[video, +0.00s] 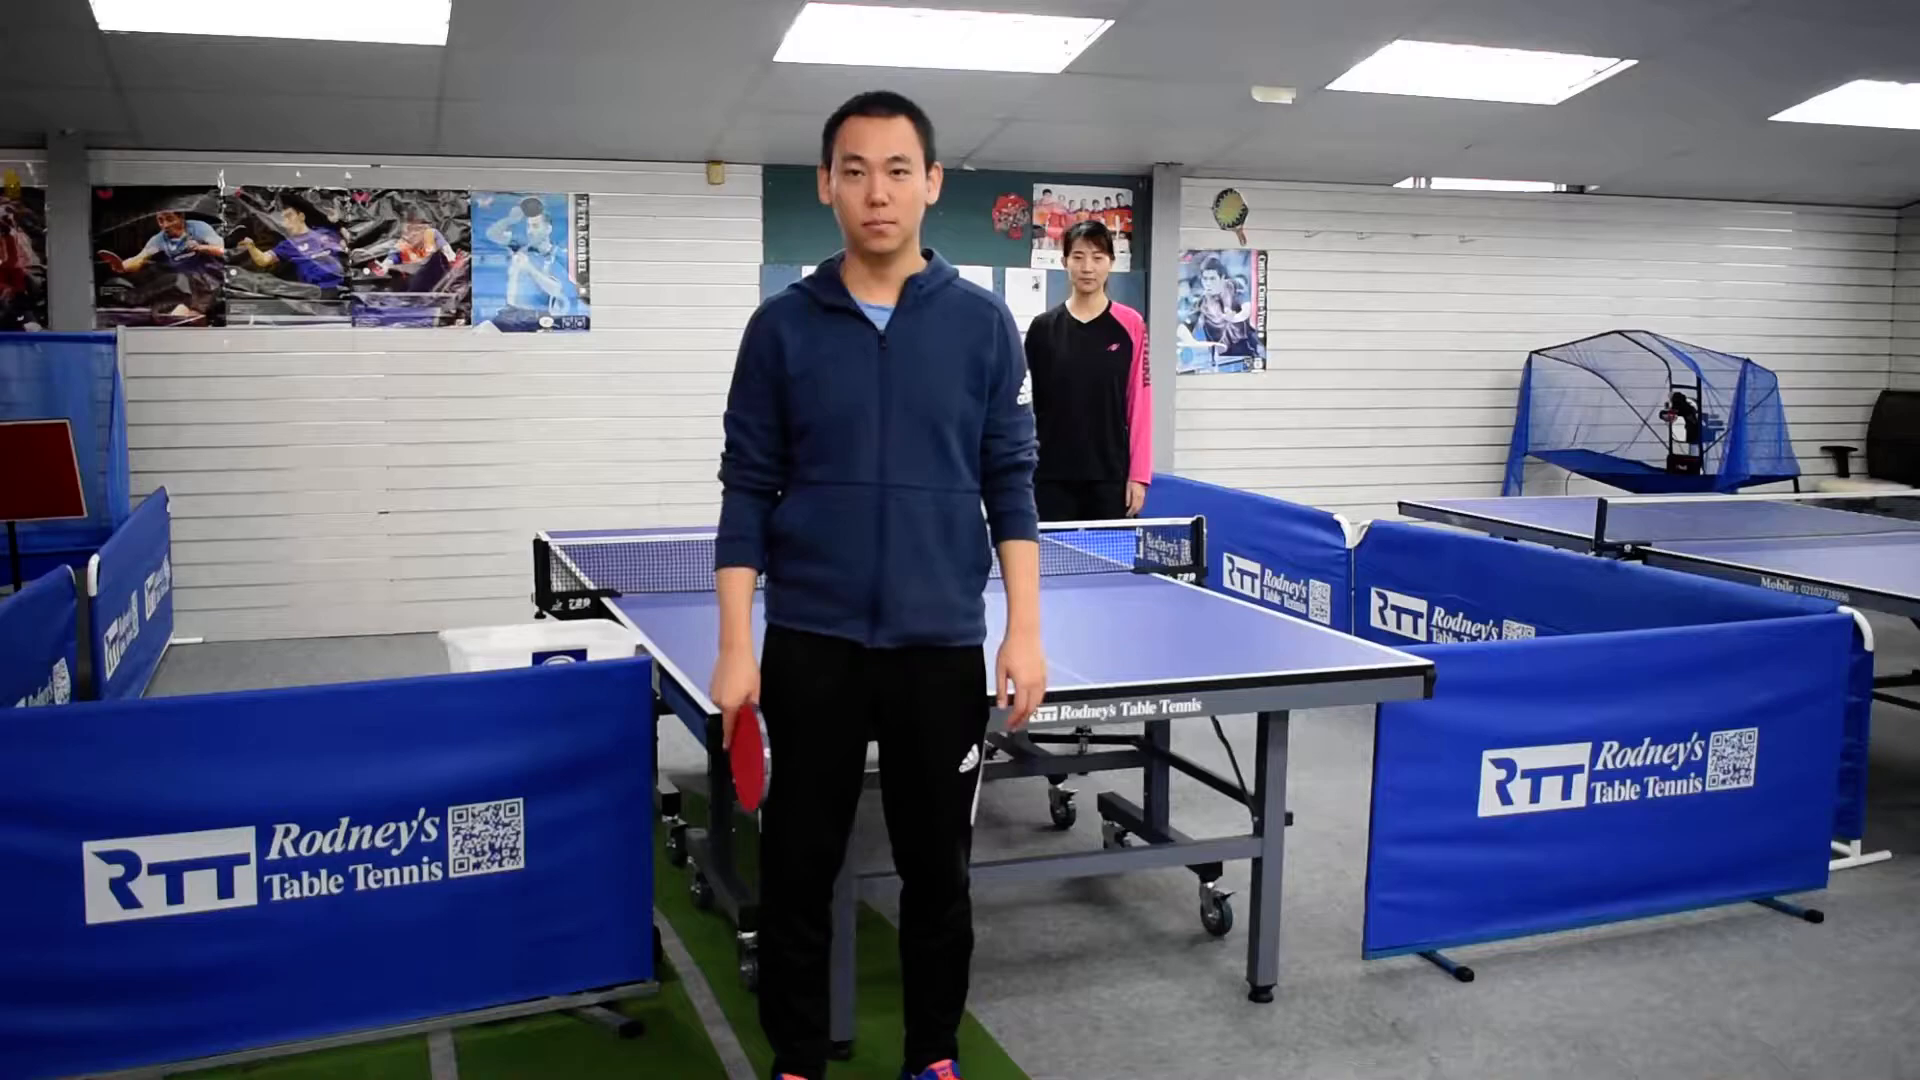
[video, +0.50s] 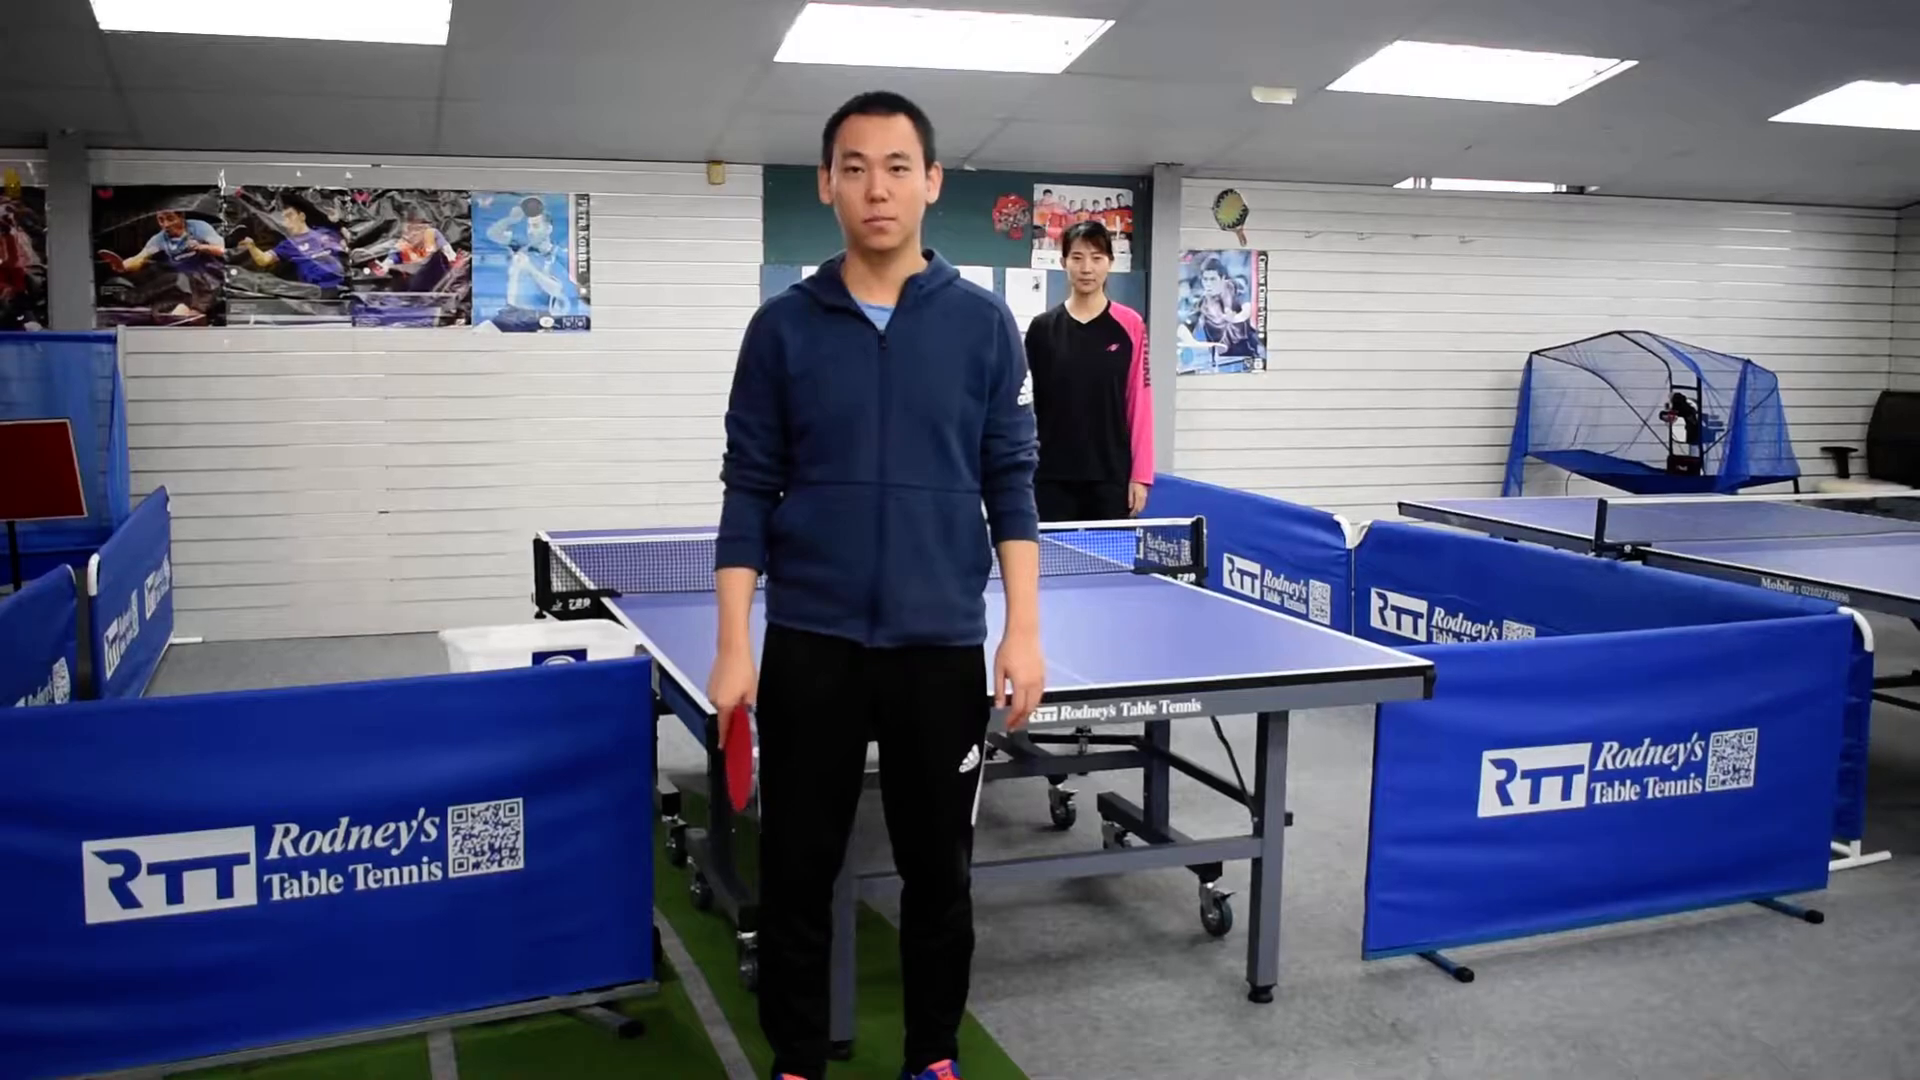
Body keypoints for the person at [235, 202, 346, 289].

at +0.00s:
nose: (285, 221)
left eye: (289, 216)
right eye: (283, 218)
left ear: (301, 216)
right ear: (282, 222)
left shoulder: (324, 233)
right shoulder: (288, 245)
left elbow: (348, 246)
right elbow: (263, 261)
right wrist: (250, 246)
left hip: (344, 285)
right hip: (318, 290)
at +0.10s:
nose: (285, 221)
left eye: (289, 215)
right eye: (284, 217)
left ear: (301, 216)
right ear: (282, 222)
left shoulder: (324, 233)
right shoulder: (289, 245)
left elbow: (347, 246)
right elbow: (263, 261)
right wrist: (251, 246)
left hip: (344, 285)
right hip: (318, 290)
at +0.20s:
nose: (286, 221)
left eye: (289, 216)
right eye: (284, 217)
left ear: (302, 216)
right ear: (282, 222)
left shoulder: (323, 234)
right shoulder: (288, 245)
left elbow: (348, 248)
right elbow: (263, 261)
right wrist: (250, 246)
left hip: (344, 285)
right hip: (318, 289)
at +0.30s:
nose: (285, 221)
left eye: (289, 216)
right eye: (284, 217)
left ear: (302, 216)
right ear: (282, 221)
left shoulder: (324, 234)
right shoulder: (289, 244)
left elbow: (348, 248)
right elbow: (263, 261)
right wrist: (251, 247)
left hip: (344, 285)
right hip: (318, 290)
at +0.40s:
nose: (285, 220)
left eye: (289, 215)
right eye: (284, 217)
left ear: (302, 216)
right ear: (282, 221)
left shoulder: (324, 234)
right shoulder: (289, 244)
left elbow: (348, 247)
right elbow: (263, 260)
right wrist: (251, 247)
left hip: (343, 285)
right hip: (318, 290)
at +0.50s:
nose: (286, 221)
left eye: (289, 215)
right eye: (284, 217)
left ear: (302, 216)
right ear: (282, 221)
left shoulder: (324, 234)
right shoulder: (289, 244)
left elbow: (348, 248)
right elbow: (263, 260)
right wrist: (251, 247)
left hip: (343, 285)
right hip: (318, 290)